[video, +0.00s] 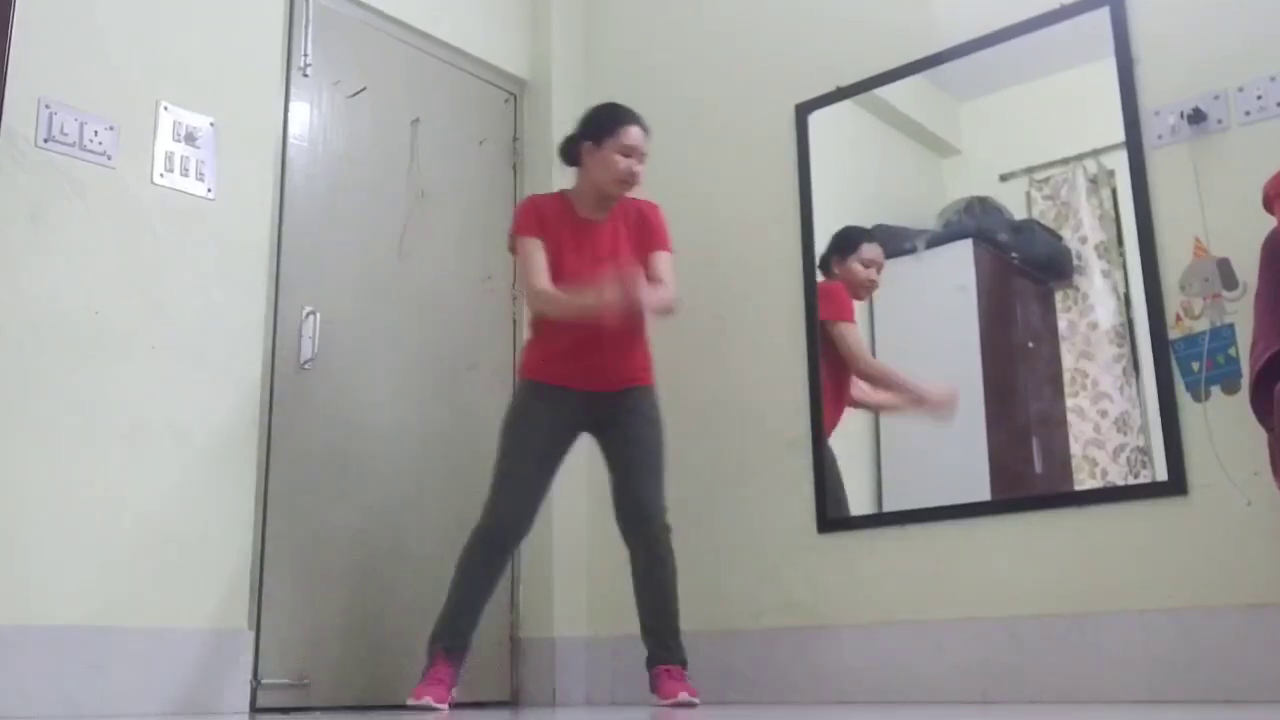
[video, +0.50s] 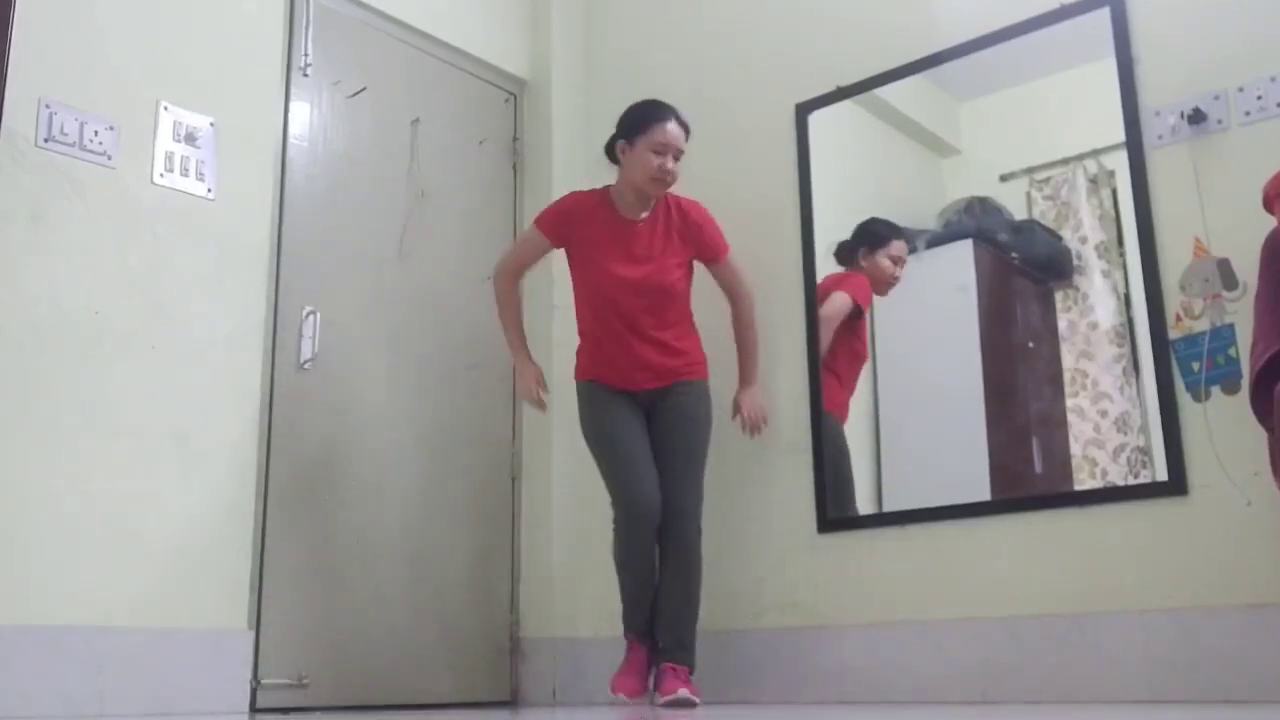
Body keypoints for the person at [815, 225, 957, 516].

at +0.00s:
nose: (874, 277)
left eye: (879, 270)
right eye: (865, 265)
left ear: (883, 272)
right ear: (837, 264)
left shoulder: (829, 301)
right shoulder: (832, 291)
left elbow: (854, 393)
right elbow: (862, 365)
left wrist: (917, 401)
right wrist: (927, 394)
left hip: (814, 441)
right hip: (805, 441)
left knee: (836, 528)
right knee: (835, 528)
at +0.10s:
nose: (883, 276)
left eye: (888, 269)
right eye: (875, 264)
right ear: (846, 260)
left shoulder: (829, 294)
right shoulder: (841, 290)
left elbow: (840, 395)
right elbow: (861, 371)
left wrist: (870, 461)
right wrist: (889, 447)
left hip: (815, 435)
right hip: (807, 434)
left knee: (836, 520)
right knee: (837, 519)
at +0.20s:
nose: (892, 273)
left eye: (897, 266)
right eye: (884, 260)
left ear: (903, 267)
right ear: (855, 257)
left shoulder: (831, 287)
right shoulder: (850, 285)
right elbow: (837, 355)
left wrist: (831, 431)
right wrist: (832, 430)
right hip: (818, 433)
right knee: (837, 521)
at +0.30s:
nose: (897, 272)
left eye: (903, 265)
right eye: (890, 260)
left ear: (908, 266)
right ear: (860, 254)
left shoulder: (831, 282)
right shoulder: (858, 281)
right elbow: (829, 318)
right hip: (819, 419)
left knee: (840, 511)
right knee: (839, 512)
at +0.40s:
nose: (898, 273)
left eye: (903, 266)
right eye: (891, 261)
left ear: (908, 267)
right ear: (861, 255)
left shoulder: (835, 281)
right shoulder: (859, 281)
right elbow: (823, 309)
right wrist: (806, 369)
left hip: (824, 414)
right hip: (823, 414)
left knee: (835, 506)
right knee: (838, 508)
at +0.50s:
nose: (899, 273)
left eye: (903, 265)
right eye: (894, 261)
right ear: (864, 256)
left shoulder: (829, 283)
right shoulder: (858, 283)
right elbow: (827, 315)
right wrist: (811, 370)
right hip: (825, 417)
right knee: (842, 516)